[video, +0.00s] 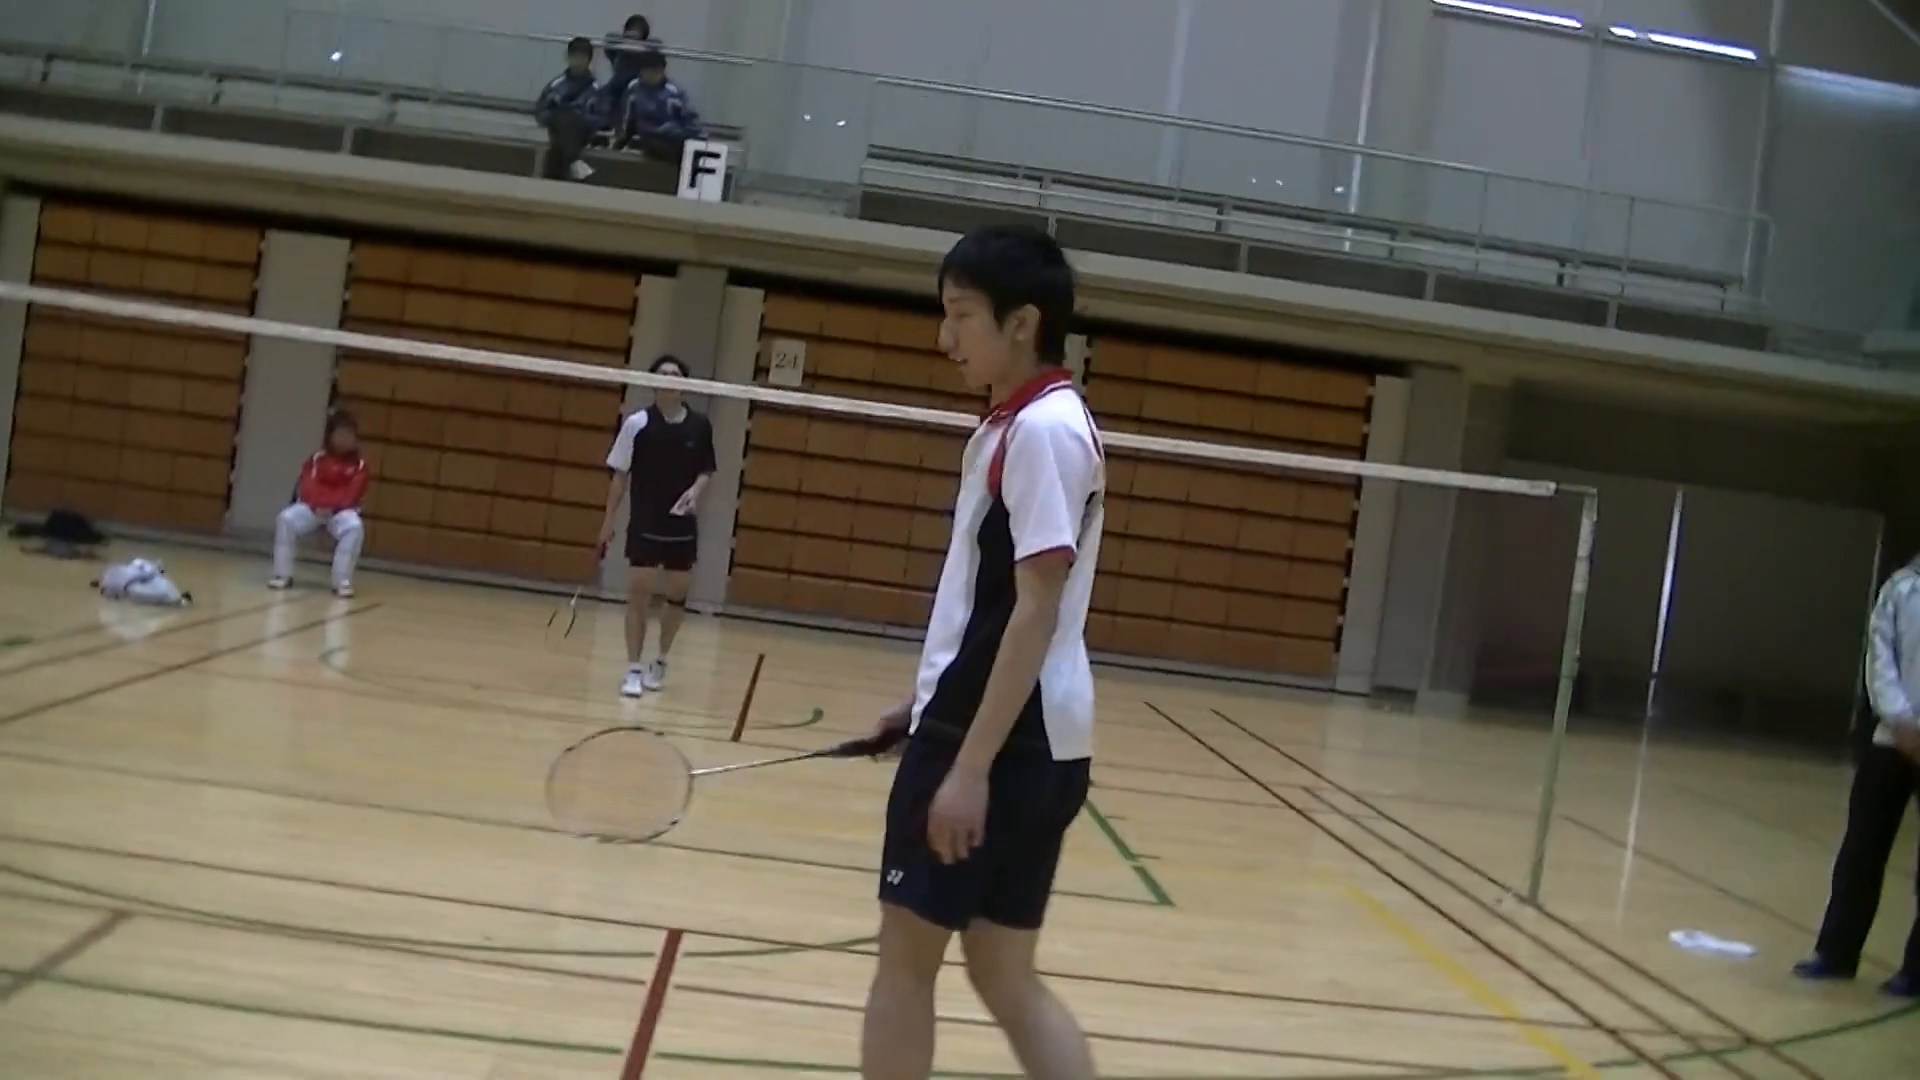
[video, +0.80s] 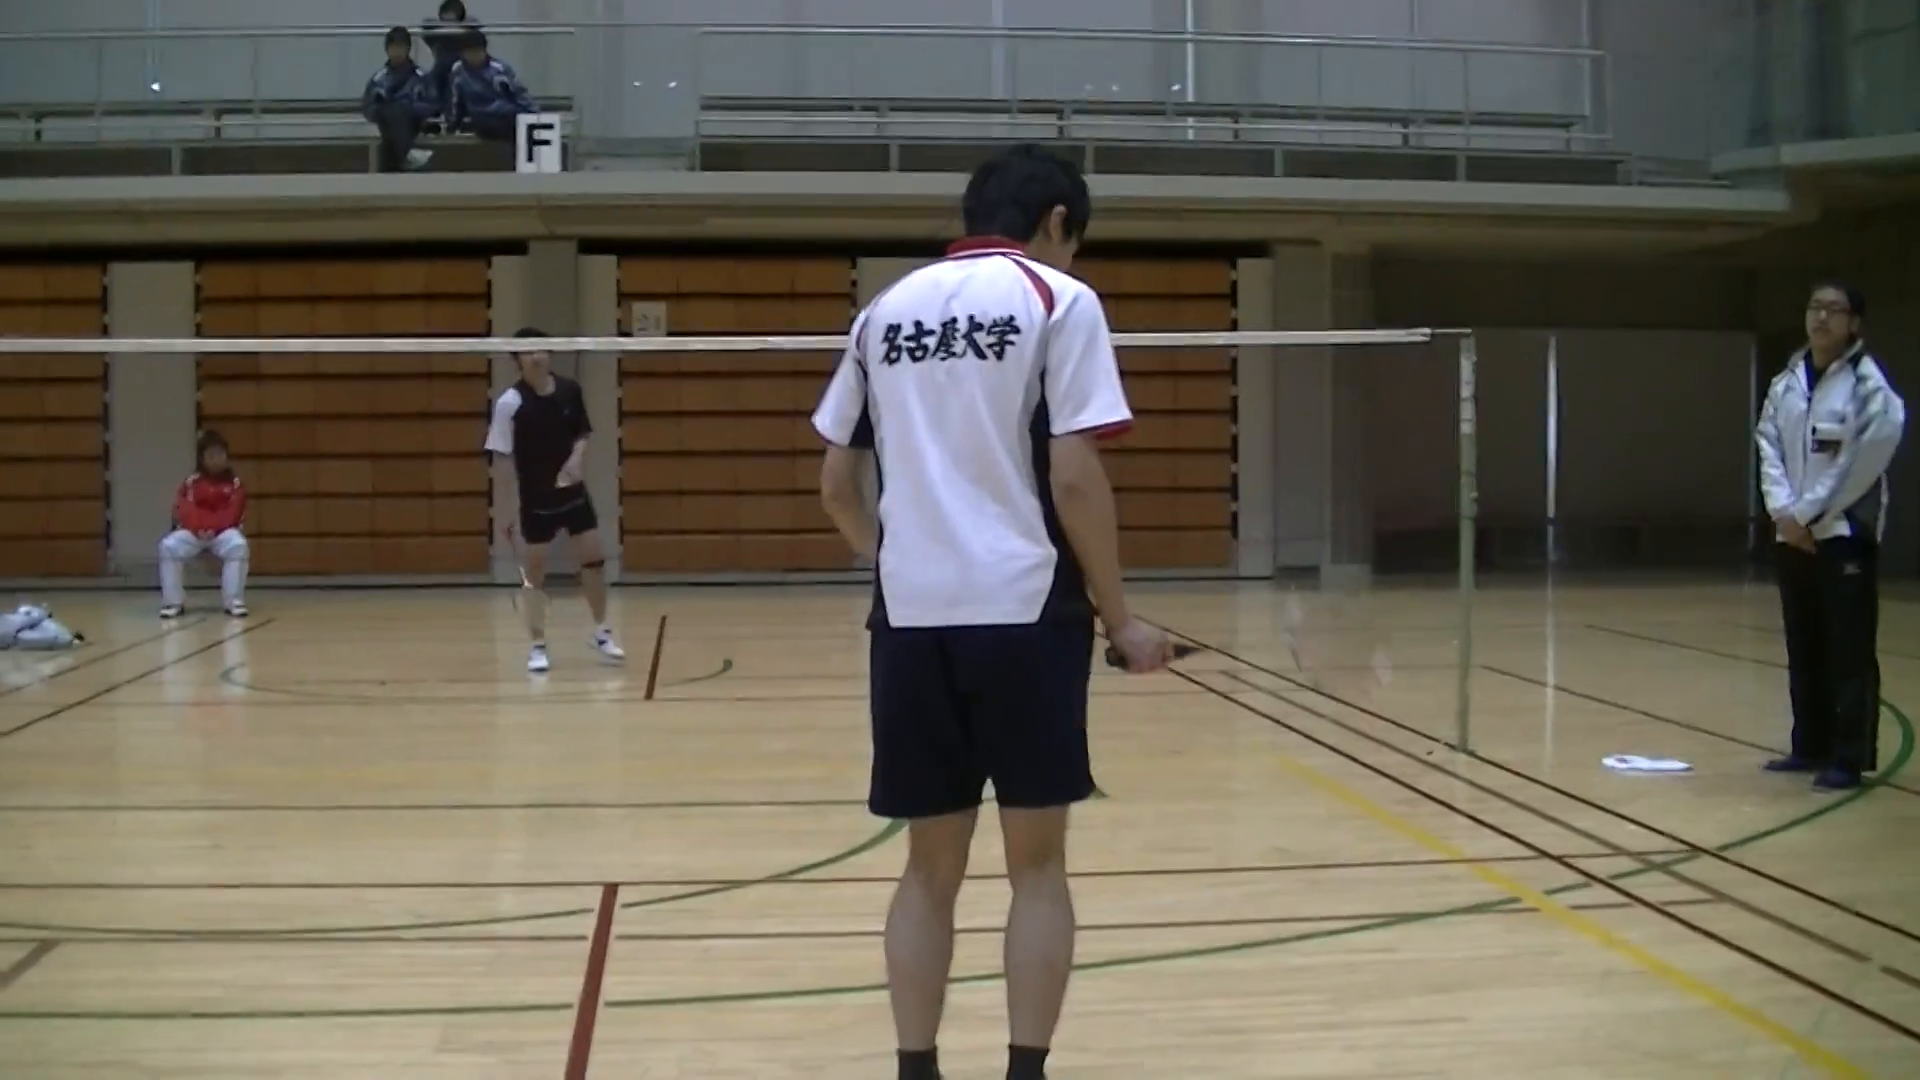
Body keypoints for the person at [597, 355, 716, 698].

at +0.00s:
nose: (669, 381)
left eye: (675, 376)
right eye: (663, 375)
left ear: (685, 385)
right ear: (653, 382)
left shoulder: (699, 426)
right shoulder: (637, 423)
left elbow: (707, 468)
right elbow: (620, 476)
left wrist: (695, 491)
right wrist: (607, 523)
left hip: (682, 525)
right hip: (644, 522)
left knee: (676, 598)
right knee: (639, 595)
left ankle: (660, 660)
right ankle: (634, 668)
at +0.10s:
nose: (643, 403)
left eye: (648, 396)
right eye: (636, 396)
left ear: (657, 402)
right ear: (625, 403)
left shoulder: (673, 442)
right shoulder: (611, 446)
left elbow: (685, 484)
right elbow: (598, 501)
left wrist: (672, 505)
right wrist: (595, 548)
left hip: (663, 540)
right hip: (626, 540)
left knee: (662, 612)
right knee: (625, 611)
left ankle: (646, 677)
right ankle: (621, 688)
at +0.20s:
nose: (613, 428)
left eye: (617, 421)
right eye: (606, 423)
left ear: (627, 422)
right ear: (596, 425)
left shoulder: (646, 459)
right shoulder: (584, 467)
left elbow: (660, 502)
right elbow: (575, 521)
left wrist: (641, 521)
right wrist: (575, 567)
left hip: (642, 558)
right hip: (605, 561)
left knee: (646, 629)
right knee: (606, 631)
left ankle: (616, 682)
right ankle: (603, 706)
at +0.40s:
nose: (566, 446)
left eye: (571, 439)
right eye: (559, 441)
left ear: (580, 440)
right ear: (550, 445)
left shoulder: (601, 477)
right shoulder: (539, 488)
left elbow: (616, 521)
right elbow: (534, 543)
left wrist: (594, 537)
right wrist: (546, 587)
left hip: (602, 575)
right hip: (564, 580)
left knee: (620, 643)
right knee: (565, 652)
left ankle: (596, 659)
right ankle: (563, 729)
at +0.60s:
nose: (527, 412)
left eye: (531, 405)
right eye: (520, 407)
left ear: (541, 406)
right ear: (511, 412)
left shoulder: (565, 443)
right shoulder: (503, 455)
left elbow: (580, 485)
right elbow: (499, 509)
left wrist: (564, 509)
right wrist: (512, 554)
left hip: (568, 542)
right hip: (530, 548)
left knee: (587, 608)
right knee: (533, 620)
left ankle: (568, 677)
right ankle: (532, 694)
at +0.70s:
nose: (522, 383)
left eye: (526, 376)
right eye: (515, 378)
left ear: (536, 378)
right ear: (505, 383)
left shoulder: (558, 414)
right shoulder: (497, 427)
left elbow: (573, 457)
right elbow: (492, 485)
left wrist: (562, 483)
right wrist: (503, 536)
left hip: (561, 516)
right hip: (523, 522)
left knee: (574, 589)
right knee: (525, 595)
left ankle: (588, 657)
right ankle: (528, 669)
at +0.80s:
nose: (537, 357)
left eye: (541, 351)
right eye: (530, 353)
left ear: (550, 355)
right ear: (518, 359)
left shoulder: (569, 390)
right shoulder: (508, 404)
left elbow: (583, 434)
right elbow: (501, 463)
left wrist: (575, 460)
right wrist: (504, 513)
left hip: (572, 490)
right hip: (534, 497)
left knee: (594, 559)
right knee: (534, 573)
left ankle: (602, 632)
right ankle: (537, 646)